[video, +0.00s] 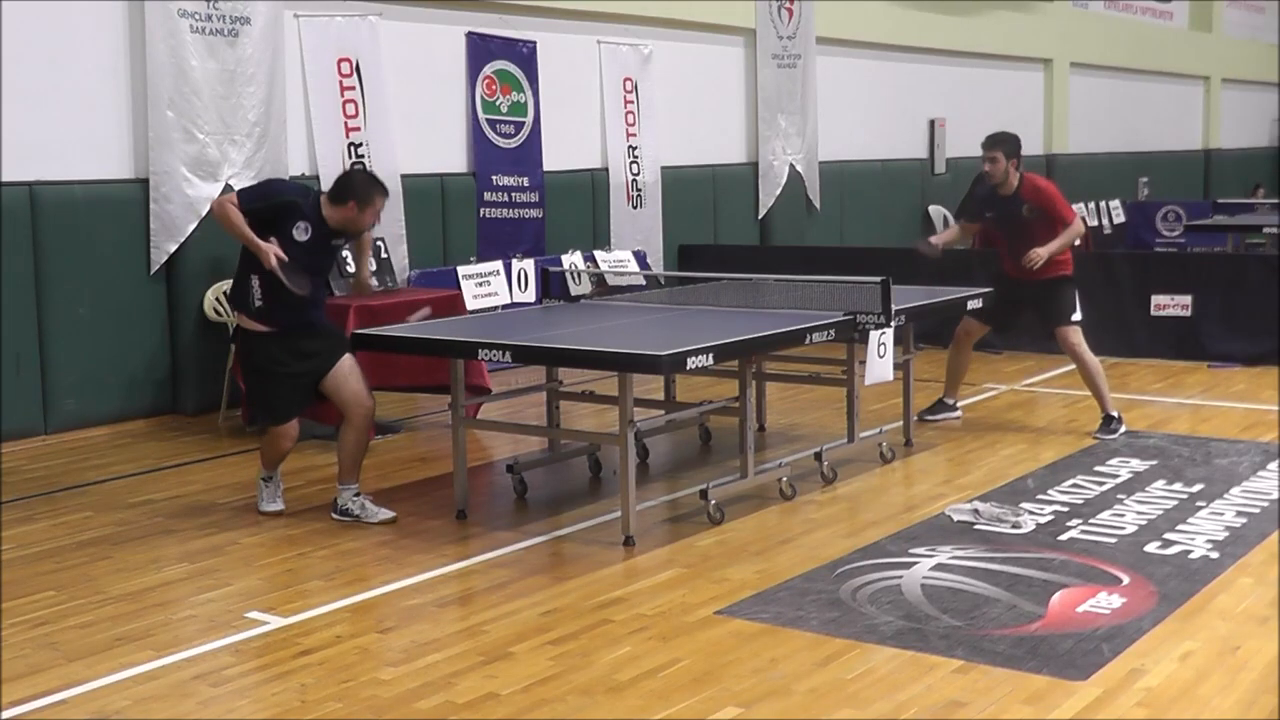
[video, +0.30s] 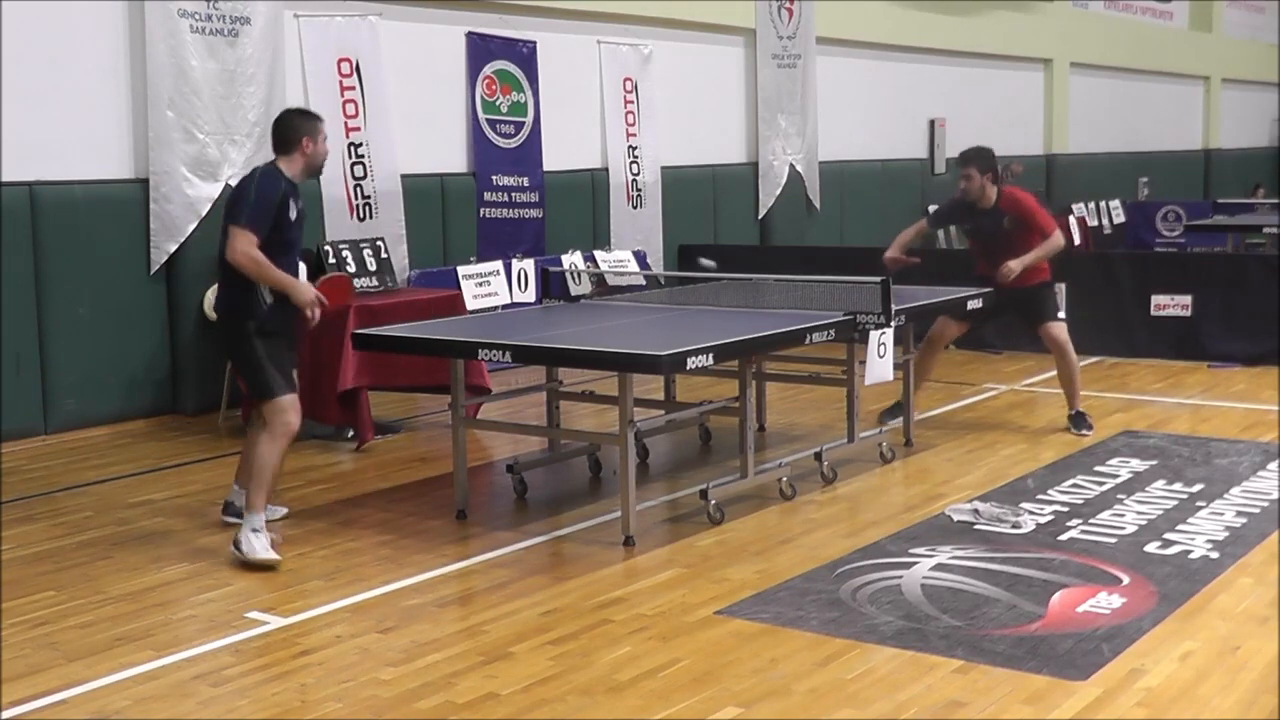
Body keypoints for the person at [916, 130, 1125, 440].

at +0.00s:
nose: (986, 167)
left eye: (993, 161)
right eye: (984, 161)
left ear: (1014, 162)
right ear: (984, 161)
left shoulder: (1041, 189)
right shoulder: (984, 192)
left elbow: (1077, 227)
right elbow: (965, 229)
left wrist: (1047, 250)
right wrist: (939, 239)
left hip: (1054, 281)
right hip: (1011, 281)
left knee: (1072, 341)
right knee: (964, 334)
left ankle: (1111, 415)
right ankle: (949, 401)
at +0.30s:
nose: (961, 186)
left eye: (967, 179)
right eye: (960, 179)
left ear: (988, 177)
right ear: (962, 178)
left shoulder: (1019, 202)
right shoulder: (961, 206)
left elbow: (1058, 240)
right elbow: (920, 229)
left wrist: (1022, 262)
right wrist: (893, 250)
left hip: (1033, 287)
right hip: (987, 286)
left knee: (1058, 338)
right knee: (937, 334)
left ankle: (1076, 411)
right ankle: (905, 403)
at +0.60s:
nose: (934, 206)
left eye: (940, 199)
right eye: (931, 200)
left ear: (959, 199)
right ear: (930, 202)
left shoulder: (987, 221)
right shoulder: (931, 231)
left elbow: (1025, 258)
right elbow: (890, 261)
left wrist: (1003, 293)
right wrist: (879, 253)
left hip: (1003, 300)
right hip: (958, 303)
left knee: (1042, 342)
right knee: (911, 335)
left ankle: (1073, 411)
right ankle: (895, 404)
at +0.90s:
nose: (953, 157)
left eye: (959, 150)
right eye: (950, 150)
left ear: (977, 148)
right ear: (948, 151)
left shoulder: (1004, 172)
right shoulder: (948, 185)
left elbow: (1056, 182)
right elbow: (915, 226)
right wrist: (892, 225)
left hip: (1018, 271)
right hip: (974, 272)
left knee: (1044, 332)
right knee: (931, 329)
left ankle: (1077, 402)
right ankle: (929, 396)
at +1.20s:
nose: (984, 159)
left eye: (990, 152)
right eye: (981, 153)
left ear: (1008, 151)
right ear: (978, 154)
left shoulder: (1038, 177)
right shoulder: (981, 189)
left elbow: (1079, 208)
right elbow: (961, 235)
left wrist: (1051, 235)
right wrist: (933, 257)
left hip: (1055, 271)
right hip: (1014, 273)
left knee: (1075, 328)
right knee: (975, 326)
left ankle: (1115, 398)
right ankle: (981, 387)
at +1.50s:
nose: (1044, 178)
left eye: (1046, 171)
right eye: (1043, 172)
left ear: (1062, 166)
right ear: (1069, 166)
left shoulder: (1062, 192)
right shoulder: (1104, 187)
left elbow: (1033, 238)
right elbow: (1115, 230)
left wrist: (1002, 278)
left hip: (1128, 283)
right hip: (1098, 284)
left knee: (1140, 359)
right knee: (1053, 323)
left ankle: (1209, 402)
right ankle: (1060, 395)